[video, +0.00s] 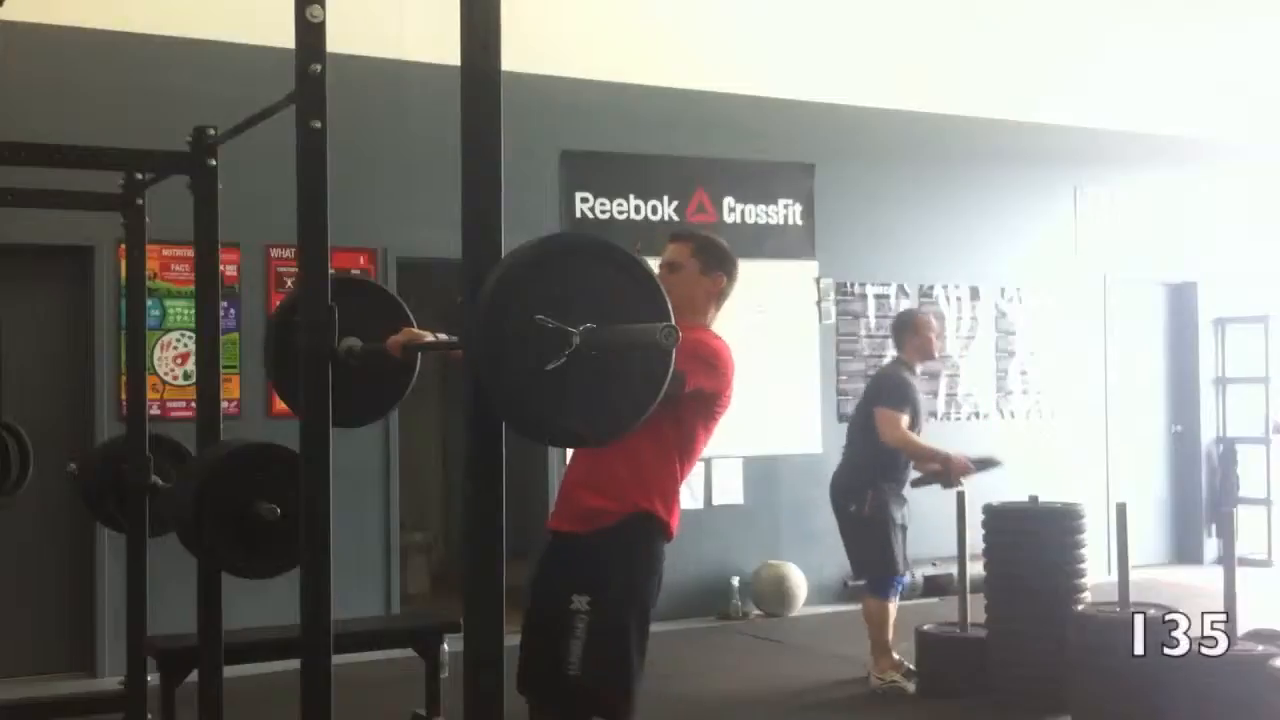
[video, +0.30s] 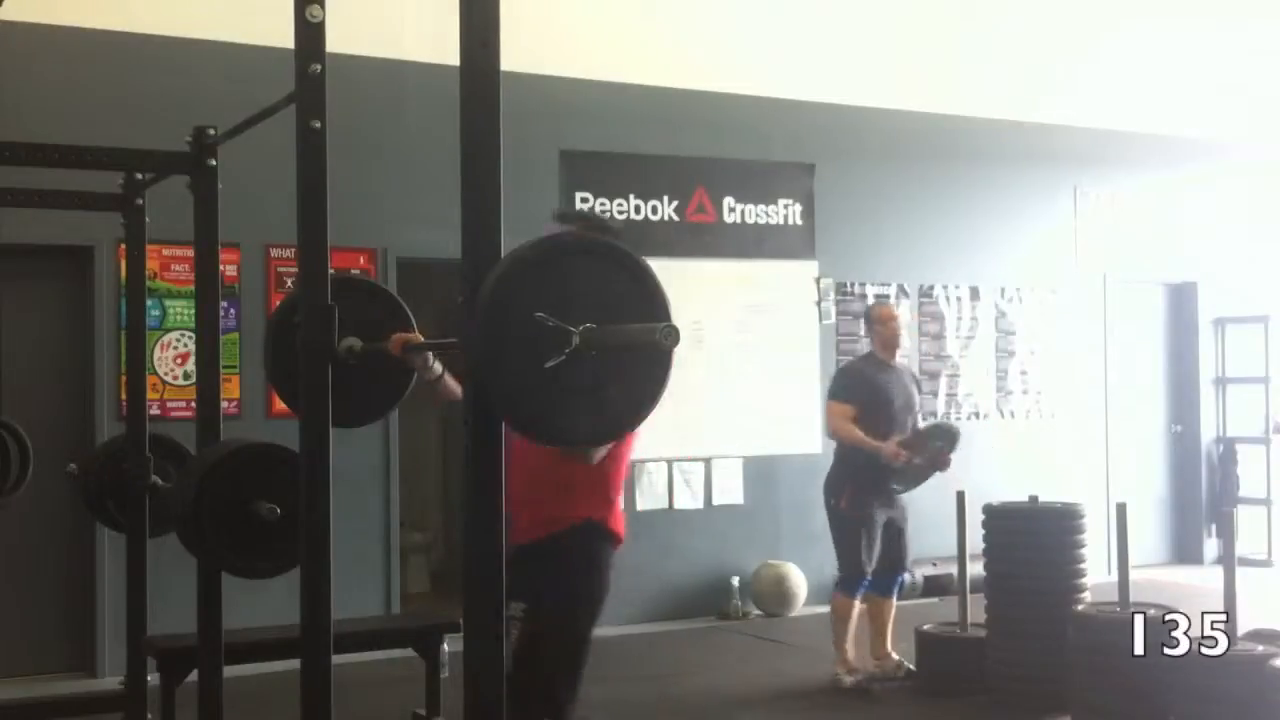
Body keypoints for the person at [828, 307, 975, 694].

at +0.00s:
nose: (937, 340)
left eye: (937, 333)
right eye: (931, 333)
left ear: (917, 338)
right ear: (911, 337)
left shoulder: (904, 382)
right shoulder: (892, 378)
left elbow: (903, 441)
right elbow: (890, 433)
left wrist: (936, 465)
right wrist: (944, 457)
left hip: (883, 488)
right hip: (865, 489)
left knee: (891, 576)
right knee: (882, 576)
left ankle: (885, 659)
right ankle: (881, 666)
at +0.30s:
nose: (895, 328)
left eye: (897, 321)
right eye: (886, 323)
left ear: (901, 325)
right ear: (870, 330)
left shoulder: (907, 378)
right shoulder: (853, 373)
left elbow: (909, 432)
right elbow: (836, 425)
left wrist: (933, 455)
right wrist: (881, 448)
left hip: (890, 490)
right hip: (853, 491)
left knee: (890, 573)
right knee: (854, 574)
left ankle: (882, 655)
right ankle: (844, 662)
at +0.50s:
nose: (861, 326)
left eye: (866, 320)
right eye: (853, 321)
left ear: (876, 326)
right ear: (844, 329)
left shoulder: (898, 379)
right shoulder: (827, 376)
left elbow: (907, 427)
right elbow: (804, 428)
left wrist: (915, 452)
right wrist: (829, 451)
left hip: (883, 485)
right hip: (841, 485)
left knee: (884, 572)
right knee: (832, 574)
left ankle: (882, 655)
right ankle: (813, 661)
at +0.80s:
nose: (810, 328)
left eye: (816, 320)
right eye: (803, 323)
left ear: (831, 326)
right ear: (798, 332)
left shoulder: (859, 376)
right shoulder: (784, 381)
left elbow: (886, 428)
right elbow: (765, 429)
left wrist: (872, 449)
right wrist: (770, 453)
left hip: (846, 486)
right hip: (800, 487)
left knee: (870, 569)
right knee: (803, 578)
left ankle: (881, 653)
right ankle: (805, 661)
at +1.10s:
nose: (780, 327)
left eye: (787, 320)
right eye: (775, 321)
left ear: (805, 325)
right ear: (770, 329)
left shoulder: (830, 374)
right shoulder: (761, 380)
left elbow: (860, 426)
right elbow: (752, 432)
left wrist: (833, 449)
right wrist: (738, 457)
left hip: (820, 484)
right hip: (778, 485)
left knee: (827, 573)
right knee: (792, 577)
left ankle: (838, 657)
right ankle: (805, 662)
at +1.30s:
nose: (766, 330)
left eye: (773, 324)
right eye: (762, 324)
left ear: (792, 328)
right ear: (758, 331)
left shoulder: (815, 376)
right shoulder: (750, 382)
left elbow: (845, 429)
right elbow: (743, 435)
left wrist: (809, 457)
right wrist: (722, 459)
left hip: (801, 487)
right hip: (763, 488)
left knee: (793, 581)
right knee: (782, 580)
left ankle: (787, 674)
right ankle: (808, 662)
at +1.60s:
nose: (750, 331)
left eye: (757, 323)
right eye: (745, 324)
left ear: (773, 326)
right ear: (738, 330)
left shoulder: (791, 379)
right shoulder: (732, 382)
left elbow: (812, 439)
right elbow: (730, 437)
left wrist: (766, 460)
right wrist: (698, 458)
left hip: (773, 493)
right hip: (736, 491)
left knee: (761, 587)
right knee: (741, 583)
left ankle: (759, 681)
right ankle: (794, 645)